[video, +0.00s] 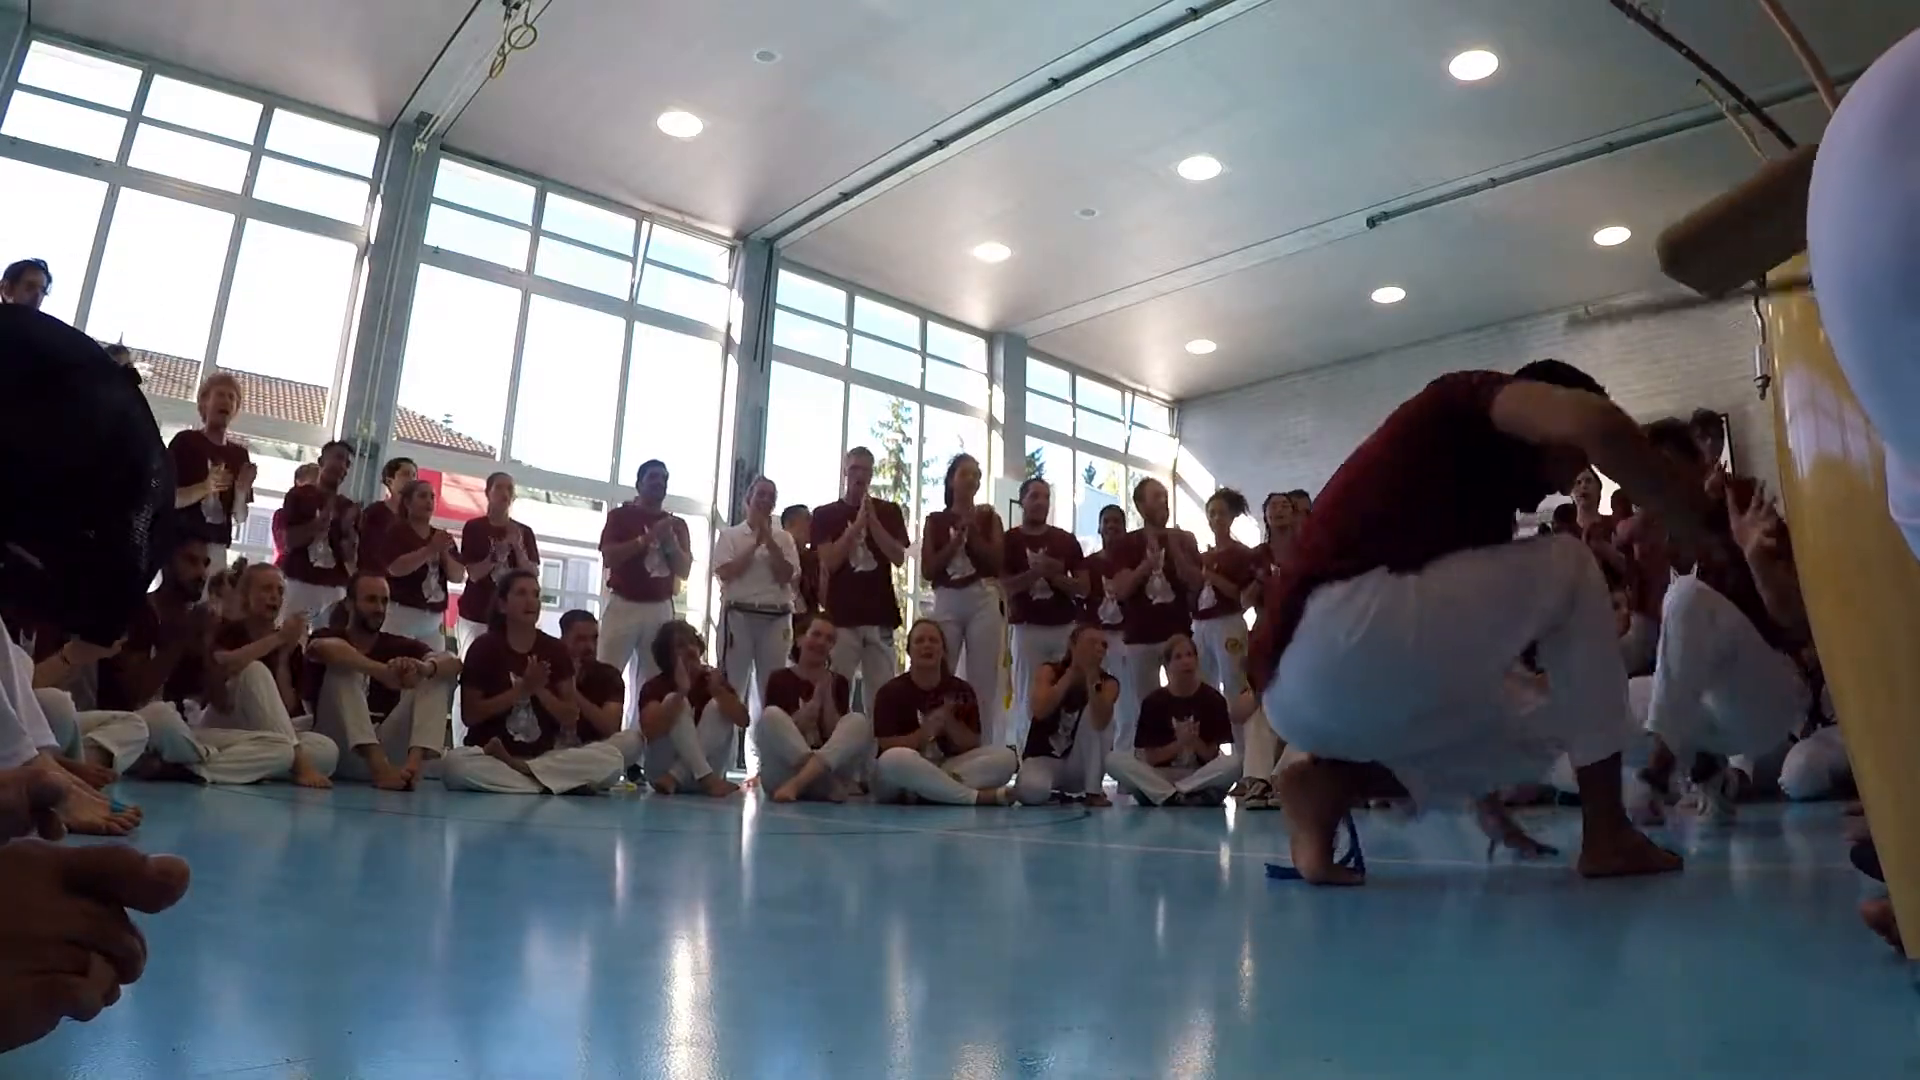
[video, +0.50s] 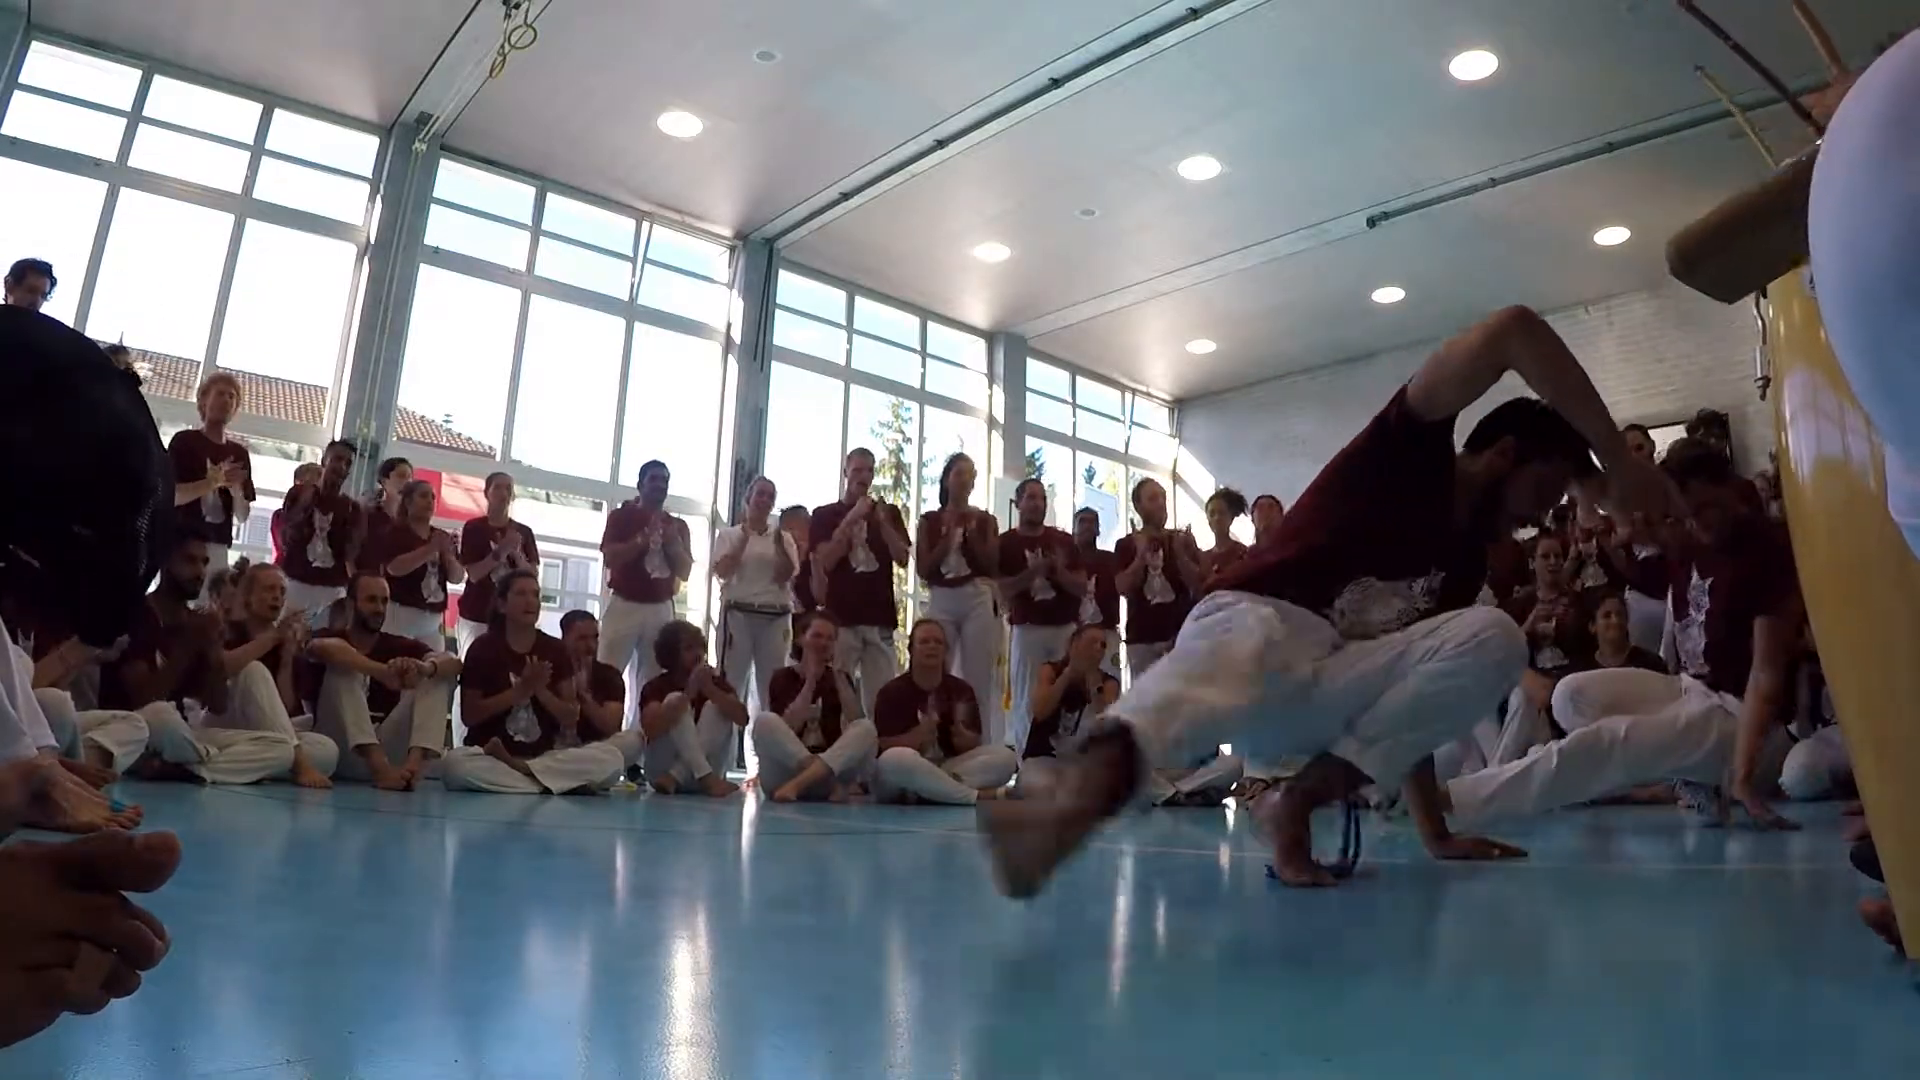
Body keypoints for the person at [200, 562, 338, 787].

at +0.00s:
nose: (275, 597)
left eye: (279, 591)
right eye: (266, 589)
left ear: (284, 597)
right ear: (246, 594)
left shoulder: (289, 645)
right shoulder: (228, 632)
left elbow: (291, 708)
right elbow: (222, 665)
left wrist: (284, 658)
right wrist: (280, 638)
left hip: (272, 734)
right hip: (225, 728)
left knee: (327, 751)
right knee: (255, 671)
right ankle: (300, 761)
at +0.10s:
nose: (275, 597)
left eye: (280, 590)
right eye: (266, 589)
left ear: (285, 597)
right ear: (246, 593)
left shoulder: (287, 642)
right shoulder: (228, 630)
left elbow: (289, 708)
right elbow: (223, 667)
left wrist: (289, 655)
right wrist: (277, 636)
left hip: (270, 732)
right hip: (225, 727)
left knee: (327, 751)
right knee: (254, 671)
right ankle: (300, 761)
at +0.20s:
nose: (276, 596)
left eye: (280, 590)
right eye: (267, 589)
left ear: (285, 596)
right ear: (246, 594)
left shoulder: (283, 642)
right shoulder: (227, 631)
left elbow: (288, 709)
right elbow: (223, 668)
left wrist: (291, 660)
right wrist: (273, 634)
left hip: (268, 732)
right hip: (223, 727)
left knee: (327, 751)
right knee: (254, 671)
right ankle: (300, 762)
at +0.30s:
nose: (277, 597)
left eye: (280, 591)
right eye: (268, 589)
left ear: (284, 597)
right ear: (246, 594)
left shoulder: (291, 647)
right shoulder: (225, 629)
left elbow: (290, 709)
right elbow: (220, 667)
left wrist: (284, 658)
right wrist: (278, 636)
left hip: (271, 731)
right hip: (223, 723)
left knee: (327, 752)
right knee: (254, 670)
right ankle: (299, 761)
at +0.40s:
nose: (277, 597)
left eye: (280, 591)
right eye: (268, 589)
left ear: (285, 598)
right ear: (247, 595)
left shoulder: (291, 647)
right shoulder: (226, 631)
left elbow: (290, 709)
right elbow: (221, 668)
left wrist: (284, 658)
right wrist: (279, 635)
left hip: (271, 732)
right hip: (225, 724)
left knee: (327, 752)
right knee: (254, 670)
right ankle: (299, 761)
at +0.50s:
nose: (278, 597)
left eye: (282, 591)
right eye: (269, 589)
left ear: (285, 598)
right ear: (247, 595)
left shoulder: (285, 642)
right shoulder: (227, 631)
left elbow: (287, 708)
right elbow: (222, 667)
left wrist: (288, 655)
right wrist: (274, 637)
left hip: (269, 729)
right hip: (224, 724)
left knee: (327, 751)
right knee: (254, 671)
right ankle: (298, 762)